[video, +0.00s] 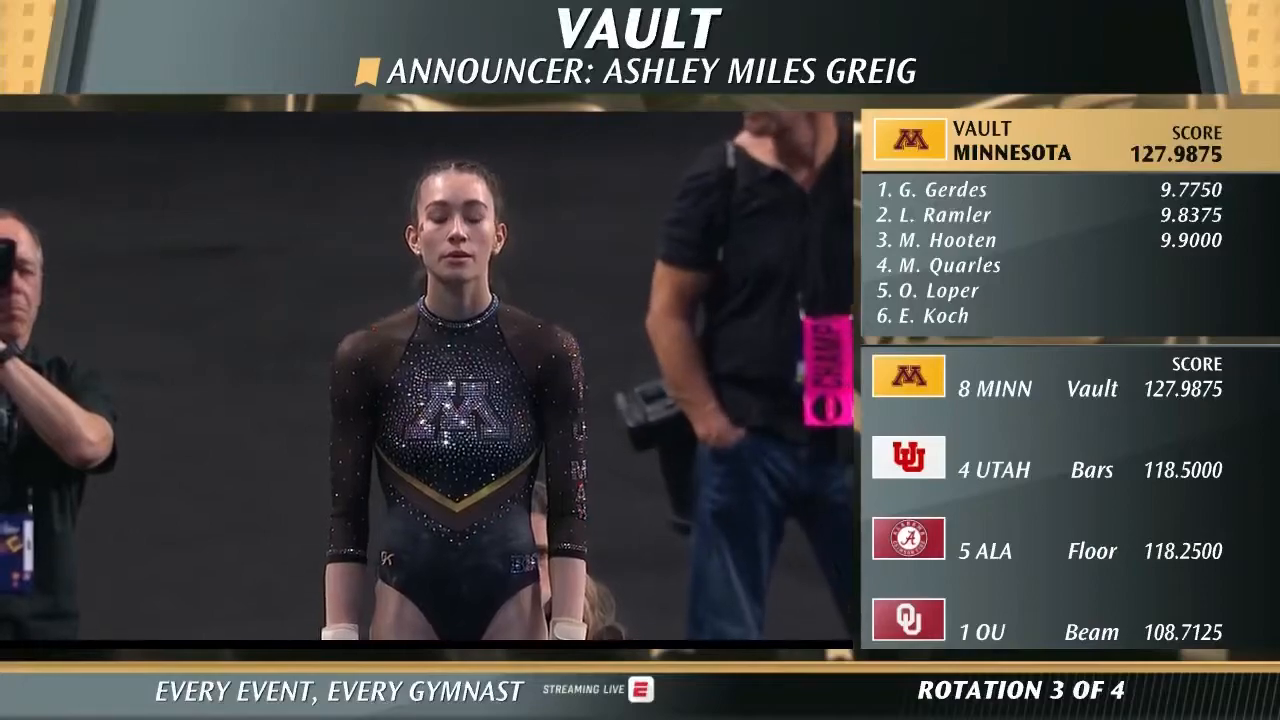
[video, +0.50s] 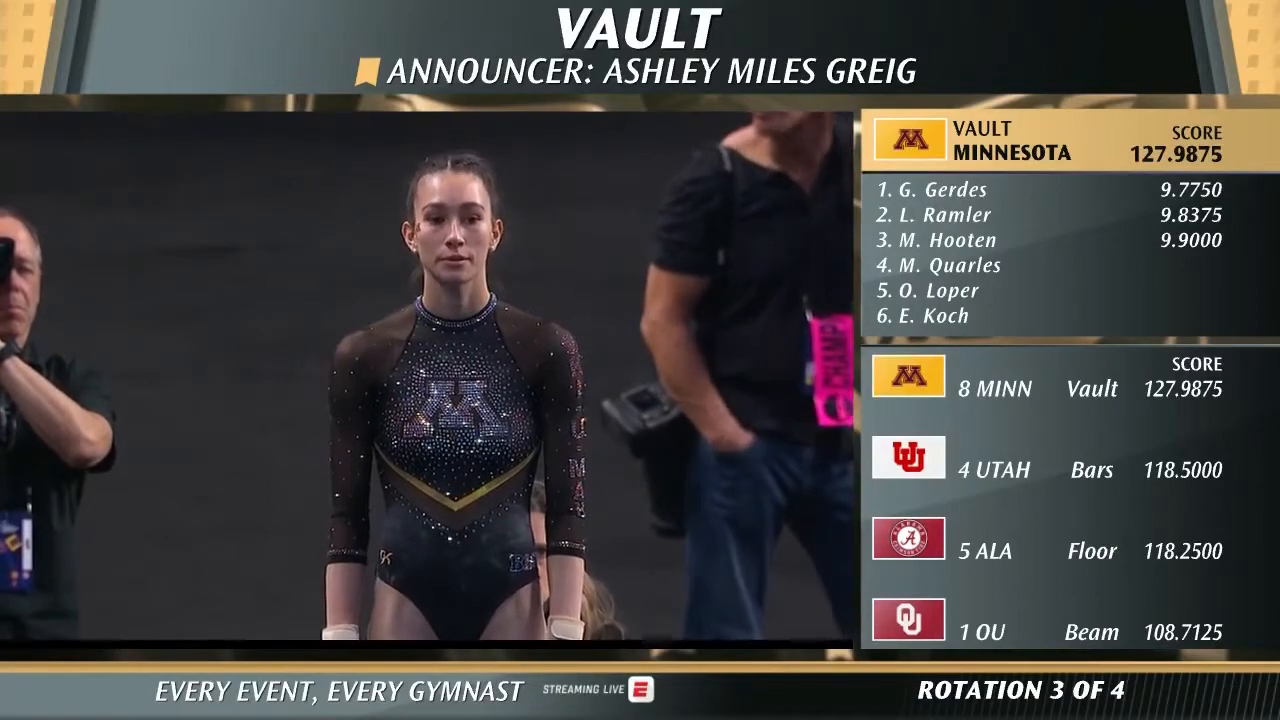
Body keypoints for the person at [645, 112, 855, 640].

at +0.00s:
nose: (749, 102)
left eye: (763, 88)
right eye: (745, 89)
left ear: (810, 89)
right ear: (747, 96)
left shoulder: (863, 169)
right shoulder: (719, 178)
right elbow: (667, 314)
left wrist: (879, 415)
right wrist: (713, 428)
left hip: (850, 444)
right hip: (745, 444)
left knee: (889, 632)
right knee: (726, 635)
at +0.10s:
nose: (749, 101)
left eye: (764, 85)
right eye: (745, 86)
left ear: (811, 89)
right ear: (744, 94)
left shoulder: (862, 168)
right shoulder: (715, 178)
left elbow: (902, 291)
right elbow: (664, 314)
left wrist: (878, 414)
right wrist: (714, 428)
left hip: (848, 443)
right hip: (744, 443)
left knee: (887, 630)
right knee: (726, 633)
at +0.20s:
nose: (749, 101)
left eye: (765, 83)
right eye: (743, 84)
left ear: (813, 84)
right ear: (741, 92)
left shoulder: (860, 166)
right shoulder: (714, 176)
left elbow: (899, 292)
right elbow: (662, 315)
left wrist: (875, 415)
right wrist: (716, 430)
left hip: (846, 444)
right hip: (742, 443)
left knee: (885, 633)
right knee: (724, 635)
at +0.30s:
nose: (752, 102)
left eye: (770, 84)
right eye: (745, 86)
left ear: (819, 91)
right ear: (740, 93)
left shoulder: (860, 168)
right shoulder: (712, 179)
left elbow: (899, 293)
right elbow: (662, 319)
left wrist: (874, 419)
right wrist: (719, 435)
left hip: (847, 447)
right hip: (742, 447)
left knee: (886, 635)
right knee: (724, 637)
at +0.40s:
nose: (756, 99)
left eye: (774, 81)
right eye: (748, 82)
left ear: (821, 91)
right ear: (739, 87)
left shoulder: (859, 168)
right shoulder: (713, 177)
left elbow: (898, 293)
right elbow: (662, 317)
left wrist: (873, 416)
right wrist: (722, 434)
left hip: (847, 445)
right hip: (742, 444)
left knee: (886, 635)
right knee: (724, 637)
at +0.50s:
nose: (764, 98)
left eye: (783, 81)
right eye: (755, 82)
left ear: (826, 90)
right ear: (744, 89)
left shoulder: (860, 170)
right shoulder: (713, 179)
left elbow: (899, 296)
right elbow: (662, 320)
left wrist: (874, 420)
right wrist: (728, 438)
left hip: (849, 448)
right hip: (744, 448)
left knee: (883, 638)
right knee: (725, 639)